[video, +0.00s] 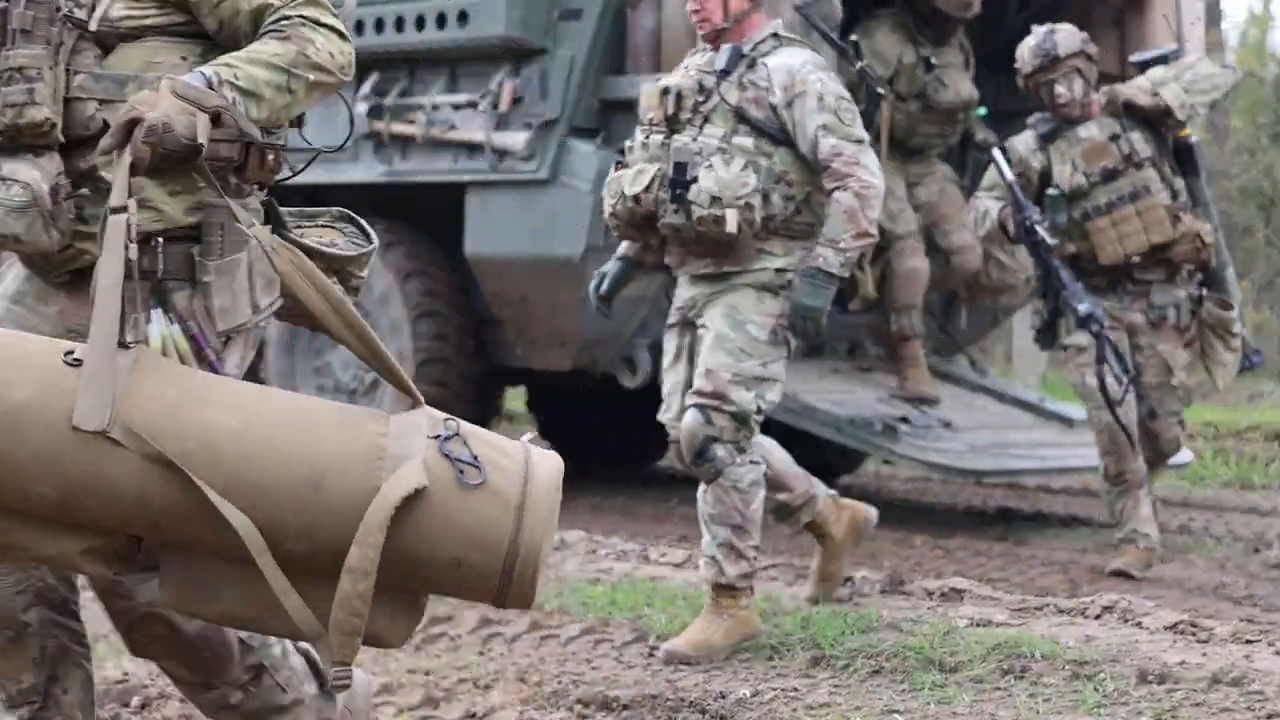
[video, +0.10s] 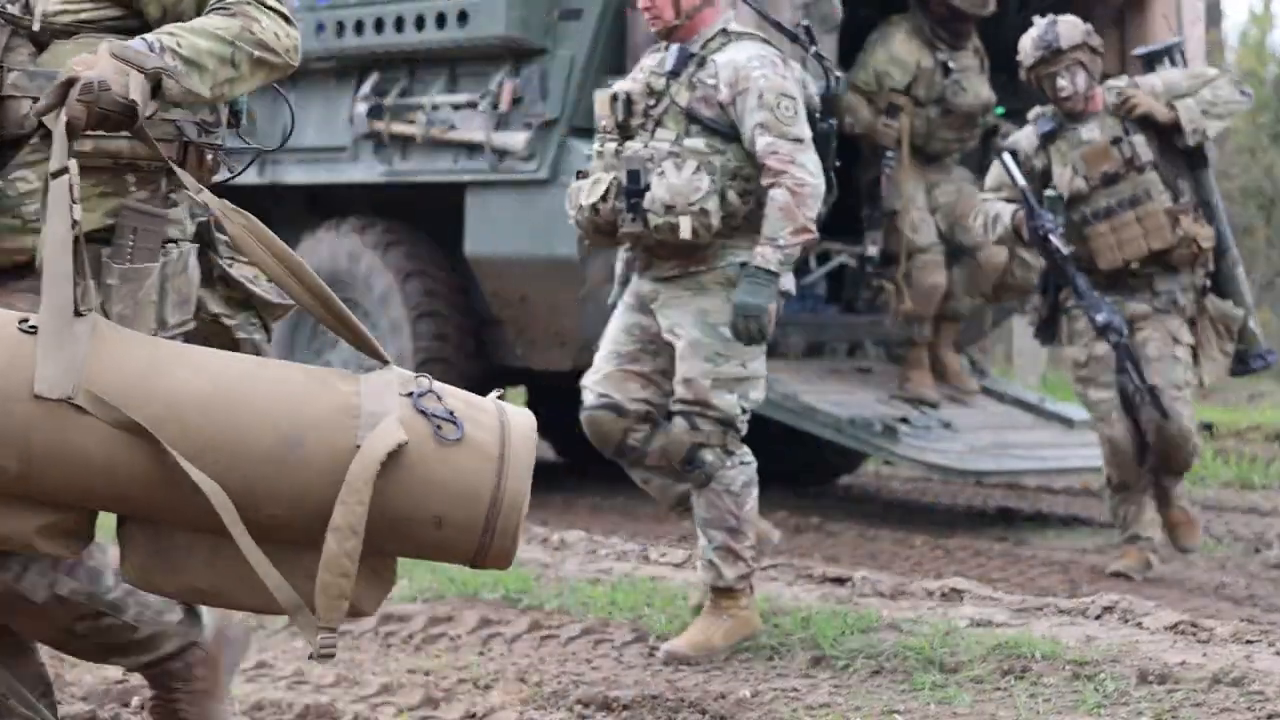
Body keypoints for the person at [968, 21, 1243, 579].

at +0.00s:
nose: (1065, 88)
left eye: (1072, 75)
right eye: (1052, 81)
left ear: (1090, 71)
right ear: (1037, 89)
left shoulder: (1135, 108)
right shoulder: (1028, 149)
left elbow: (1217, 74)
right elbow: (981, 209)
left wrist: (1157, 95)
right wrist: (1004, 215)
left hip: (1164, 288)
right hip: (1088, 297)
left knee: (1161, 428)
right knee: (1111, 418)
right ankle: (1137, 533)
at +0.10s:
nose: (1066, 83)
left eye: (1073, 69)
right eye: (1053, 76)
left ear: (1094, 63)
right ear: (1040, 84)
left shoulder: (1139, 97)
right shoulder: (1030, 144)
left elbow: (1235, 92)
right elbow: (983, 212)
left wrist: (1172, 110)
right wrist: (1014, 217)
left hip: (1161, 294)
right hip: (1087, 304)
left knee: (1175, 425)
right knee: (1117, 432)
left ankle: (1168, 493)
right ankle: (1138, 536)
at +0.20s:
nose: (1069, 68)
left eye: (1077, 54)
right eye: (1056, 61)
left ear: (1098, 47)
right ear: (1042, 70)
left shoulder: (1144, 82)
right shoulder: (1031, 130)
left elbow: (1238, 81)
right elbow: (987, 199)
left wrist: (1193, 106)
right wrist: (1027, 209)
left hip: (1160, 267)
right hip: (1084, 284)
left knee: (1153, 381)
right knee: (1109, 414)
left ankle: (1178, 532)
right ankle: (1136, 537)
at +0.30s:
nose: (1070, 70)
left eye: (1078, 55)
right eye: (1055, 61)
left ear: (1101, 45)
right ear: (1040, 65)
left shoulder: (1146, 77)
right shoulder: (1027, 123)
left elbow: (1241, 73)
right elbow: (982, 202)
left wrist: (1216, 123)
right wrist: (1033, 202)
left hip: (1159, 276)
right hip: (1082, 290)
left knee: (1148, 420)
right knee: (1101, 441)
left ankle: (1150, 563)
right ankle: (1127, 520)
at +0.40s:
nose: (1067, 76)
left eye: (1075, 60)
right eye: (1052, 67)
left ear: (1096, 49)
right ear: (1035, 69)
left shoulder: (1144, 83)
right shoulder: (1022, 127)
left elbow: (1242, 74)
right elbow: (979, 207)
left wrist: (1197, 132)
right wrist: (1027, 203)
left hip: (1160, 287)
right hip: (1079, 299)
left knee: (1152, 439)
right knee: (1073, 439)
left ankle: (1153, 568)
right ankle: (1112, 490)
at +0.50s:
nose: (1050, 69)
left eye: (1057, 54)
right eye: (1035, 61)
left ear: (1079, 41)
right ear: (1019, 64)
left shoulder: (1134, 73)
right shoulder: (1010, 122)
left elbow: (1231, 74)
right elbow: (965, 210)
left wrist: (1186, 130)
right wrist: (1012, 185)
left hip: (1157, 282)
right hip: (1073, 287)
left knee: (1154, 441)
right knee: (1063, 384)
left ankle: (1156, 568)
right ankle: (1077, 510)